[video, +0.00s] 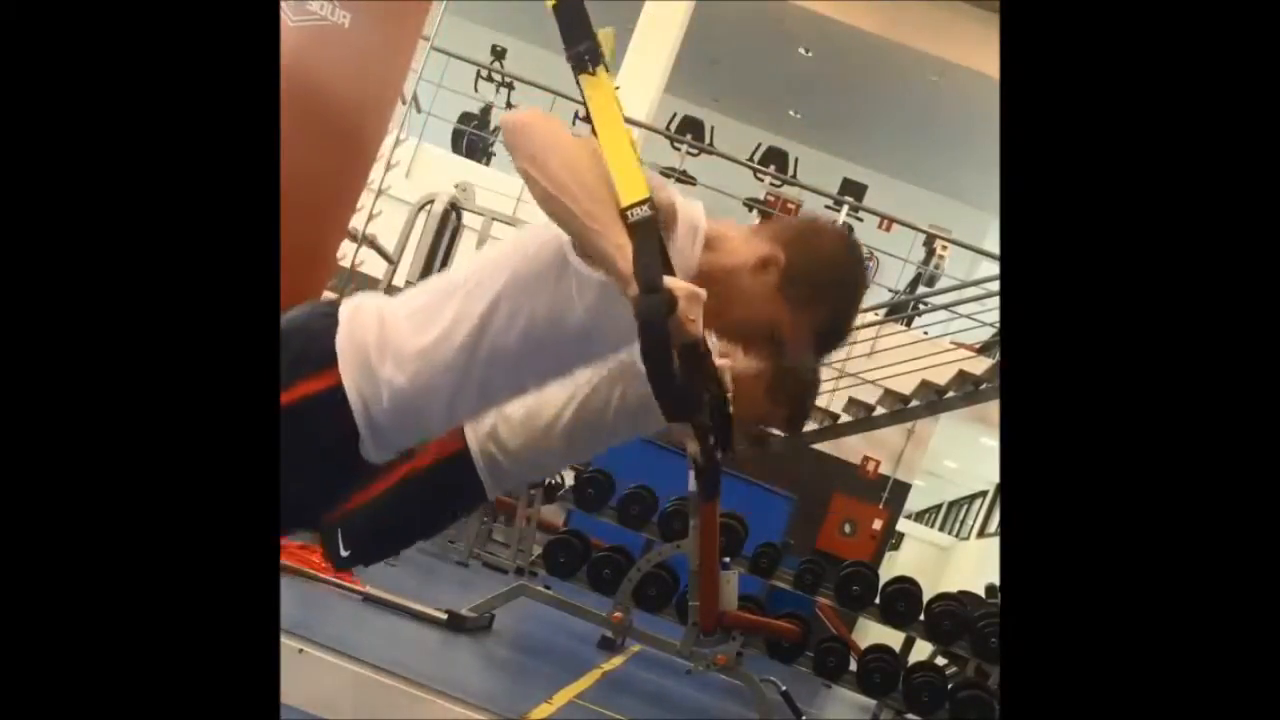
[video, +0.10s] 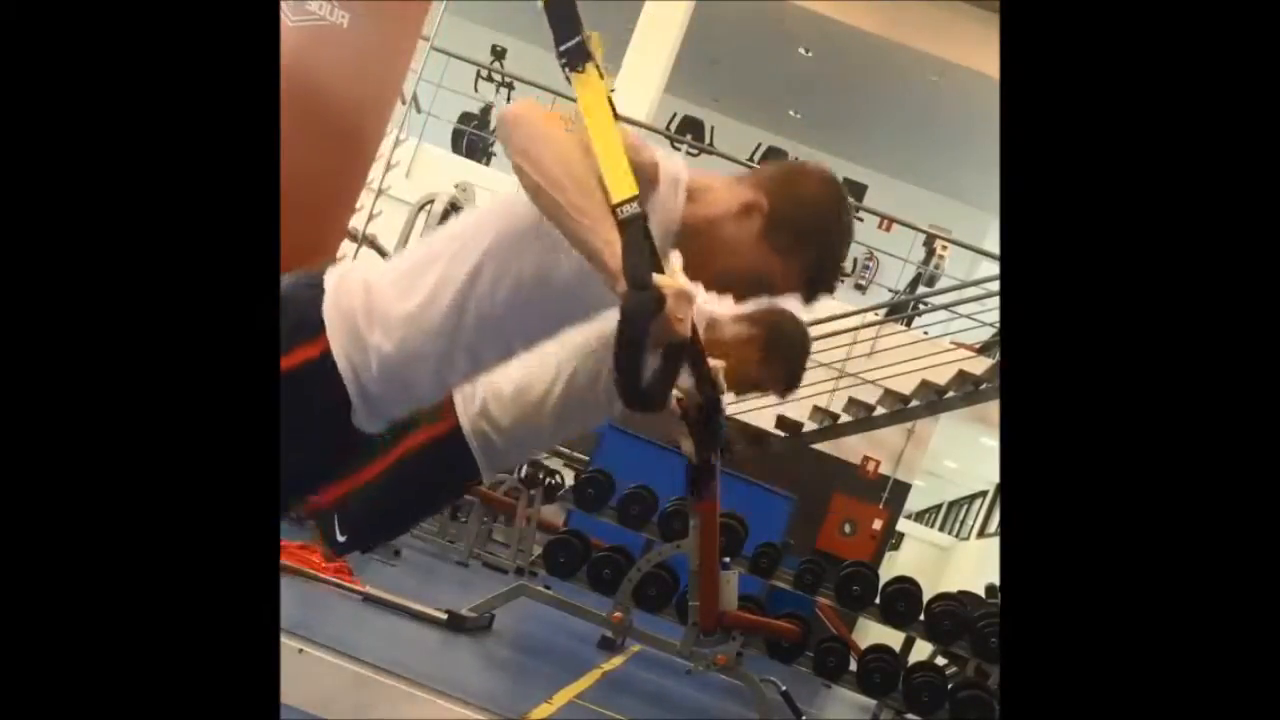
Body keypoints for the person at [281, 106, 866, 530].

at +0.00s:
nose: (748, 347)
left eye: (766, 349)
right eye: (764, 332)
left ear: (765, 257)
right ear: (766, 263)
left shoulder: (682, 312)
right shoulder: (667, 219)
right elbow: (526, 129)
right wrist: (644, 278)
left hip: (375, 432)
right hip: (337, 381)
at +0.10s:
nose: (744, 300)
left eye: (764, 298)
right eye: (763, 285)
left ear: (749, 212)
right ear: (751, 213)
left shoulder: (667, 260)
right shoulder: (650, 171)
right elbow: (523, 124)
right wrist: (637, 278)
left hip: (369, 410)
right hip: (325, 353)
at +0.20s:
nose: (725, 239)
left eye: (744, 236)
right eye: (744, 222)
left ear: (731, 153)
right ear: (730, 155)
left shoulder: (642, 208)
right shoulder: (620, 119)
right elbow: (523, 130)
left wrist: (678, 369)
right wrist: (639, 279)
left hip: (358, 378)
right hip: (318, 321)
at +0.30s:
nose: (713, 186)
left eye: (732, 177)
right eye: (727, 165)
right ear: (709, 93)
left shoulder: (620, 164)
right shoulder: (580, 67)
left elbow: (626, 292)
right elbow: (536, 144)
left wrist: (668, 366)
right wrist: (645, 284)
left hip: (355, 354)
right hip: (309, 297)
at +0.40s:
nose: (699, 145)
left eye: (717, 135)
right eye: (711, 119)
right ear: (683, 45)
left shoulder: (597, 134)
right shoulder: (553, 33)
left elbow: (634, 260)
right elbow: (539, 149)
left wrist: (662, 371)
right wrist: (647, 306)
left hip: (335, 336)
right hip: (294, 275)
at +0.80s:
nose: (679, 124)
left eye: (696, 117)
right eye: (690, 97)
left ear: (656, 25)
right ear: (661, 24)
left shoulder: (577, 107)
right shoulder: (531, 17)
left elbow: (617, 234)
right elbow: (517, 138)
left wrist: (670, 366)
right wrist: (603, 286)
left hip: (323, 306)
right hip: (287, 252)